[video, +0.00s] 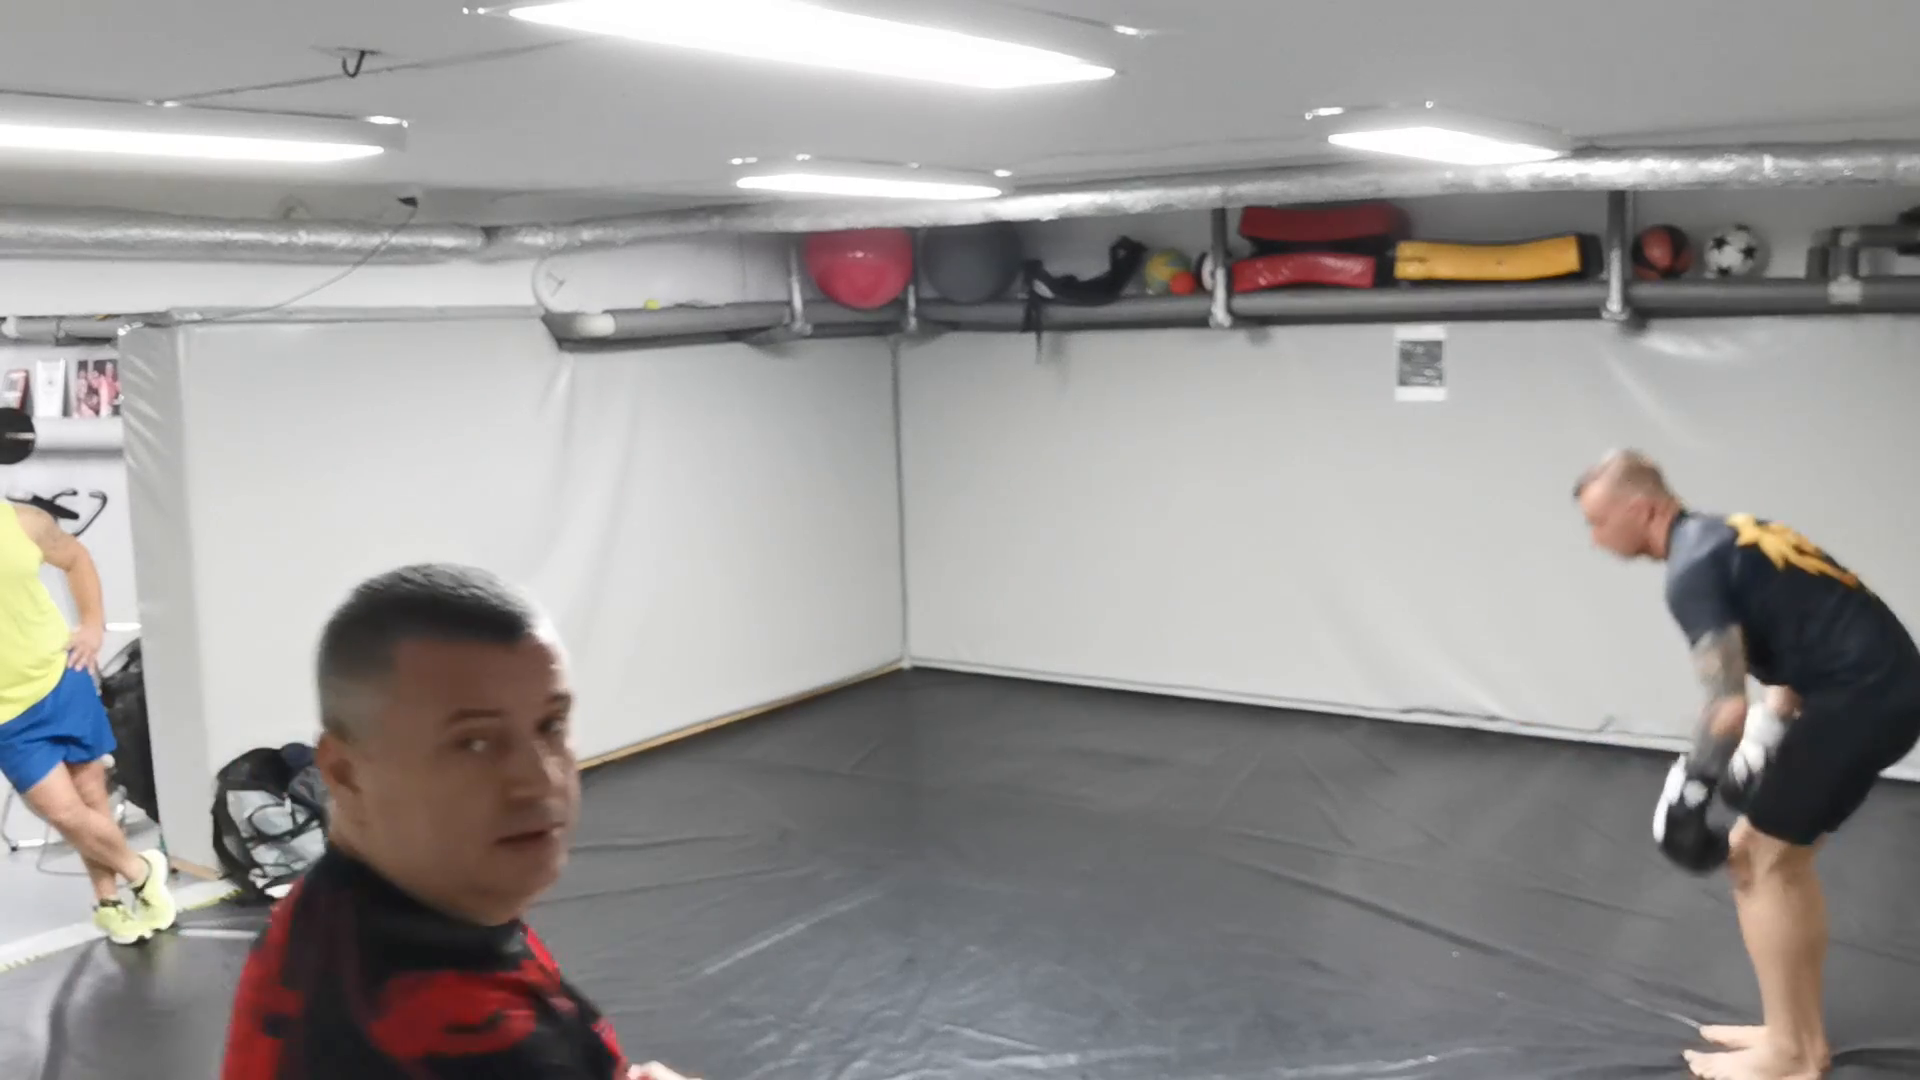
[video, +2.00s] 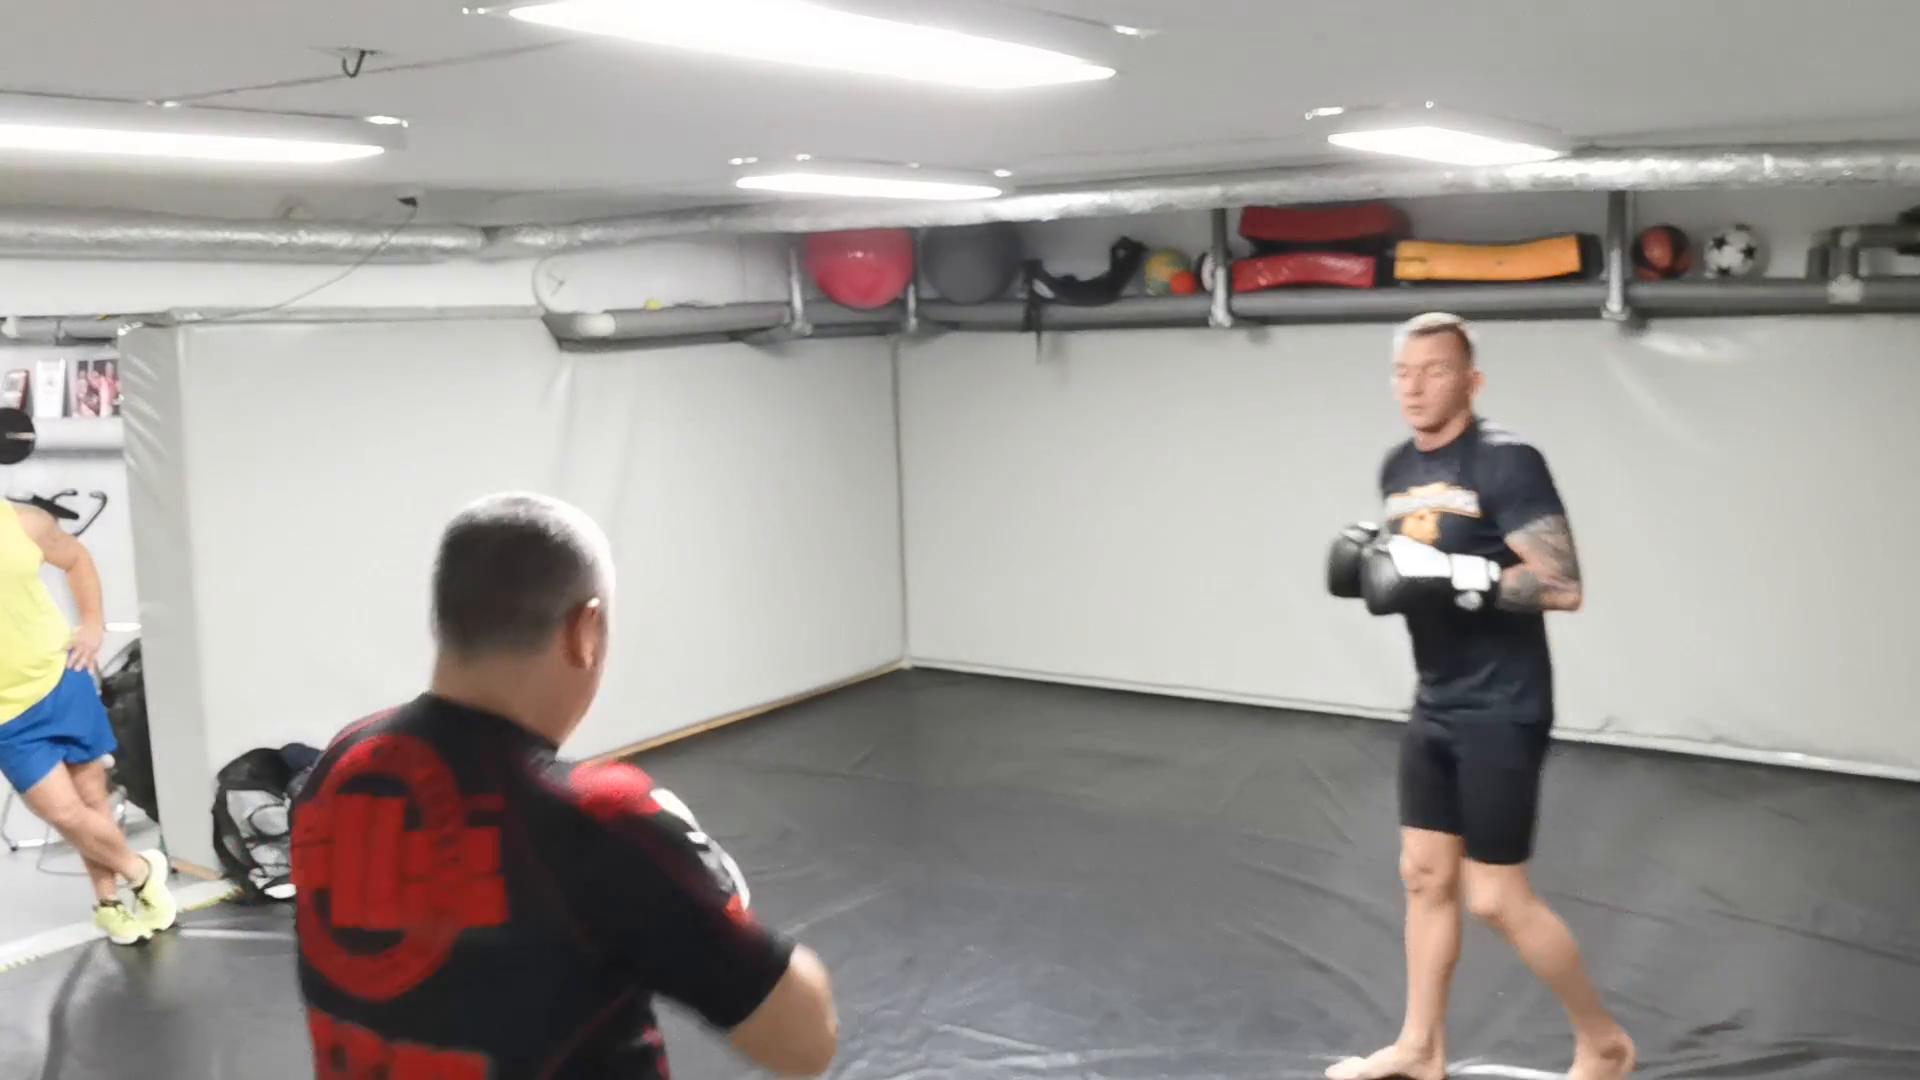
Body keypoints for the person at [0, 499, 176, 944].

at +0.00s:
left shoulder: (21, 522)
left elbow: (76, 557)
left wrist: (92, 623)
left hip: (61, 681)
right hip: (8, 714)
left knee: (91, 796)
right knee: (63, 814)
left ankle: (107, 901)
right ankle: (142, 872)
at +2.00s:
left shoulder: (22, 523)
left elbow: (76, 558)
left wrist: (92, 623)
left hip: (63, 683)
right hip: (9, 716)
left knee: (92, 798)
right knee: (64, 816)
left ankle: (107, 901)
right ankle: (142, 872)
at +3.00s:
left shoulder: (21, 522)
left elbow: (76, 558)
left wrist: (93, 623)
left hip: (62, 682)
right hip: (7, 715)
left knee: (91, 797)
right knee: (65, 816)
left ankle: (107, 901)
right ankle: (142, 872)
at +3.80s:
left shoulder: (22, 522)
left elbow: (77, 559)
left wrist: (93, 623)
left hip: (63, 683)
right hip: (9, 716)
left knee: (92, 800)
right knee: (67, 818)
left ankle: (108, 902)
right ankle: (142, 872)